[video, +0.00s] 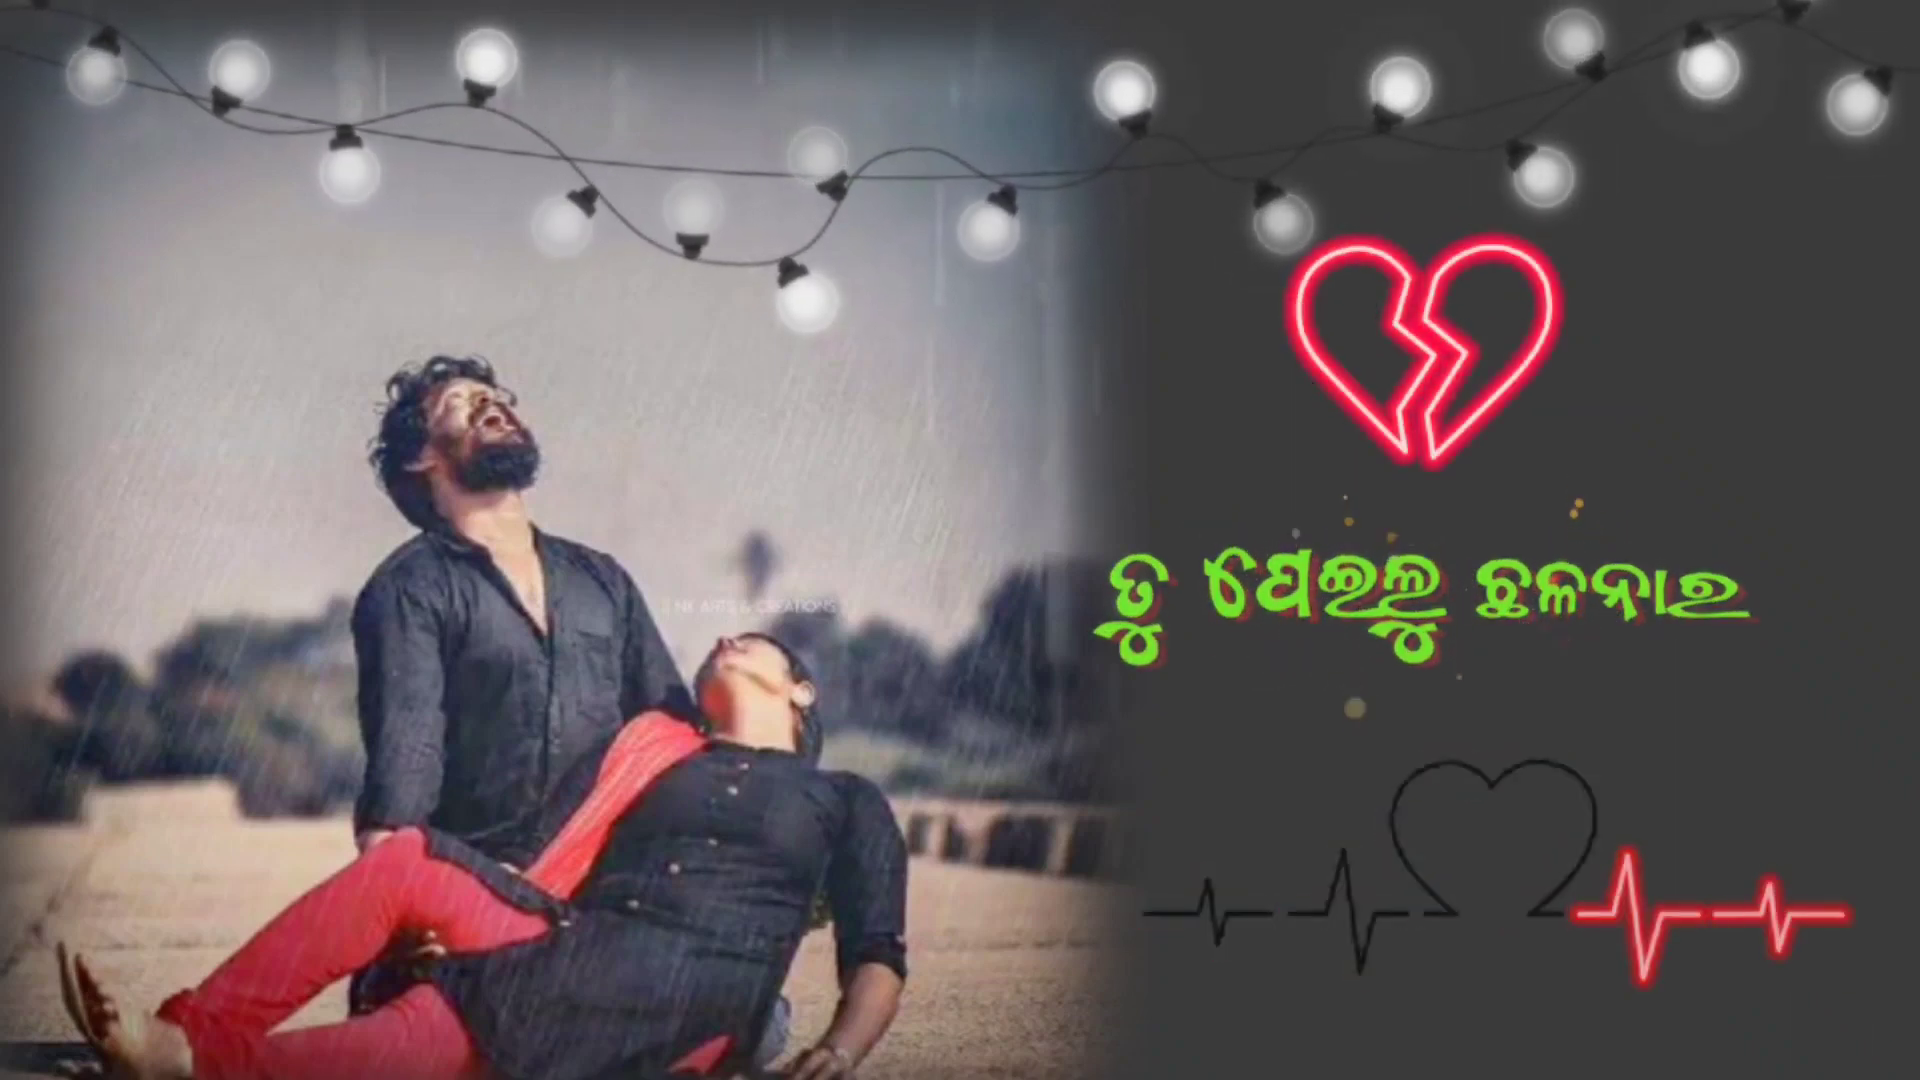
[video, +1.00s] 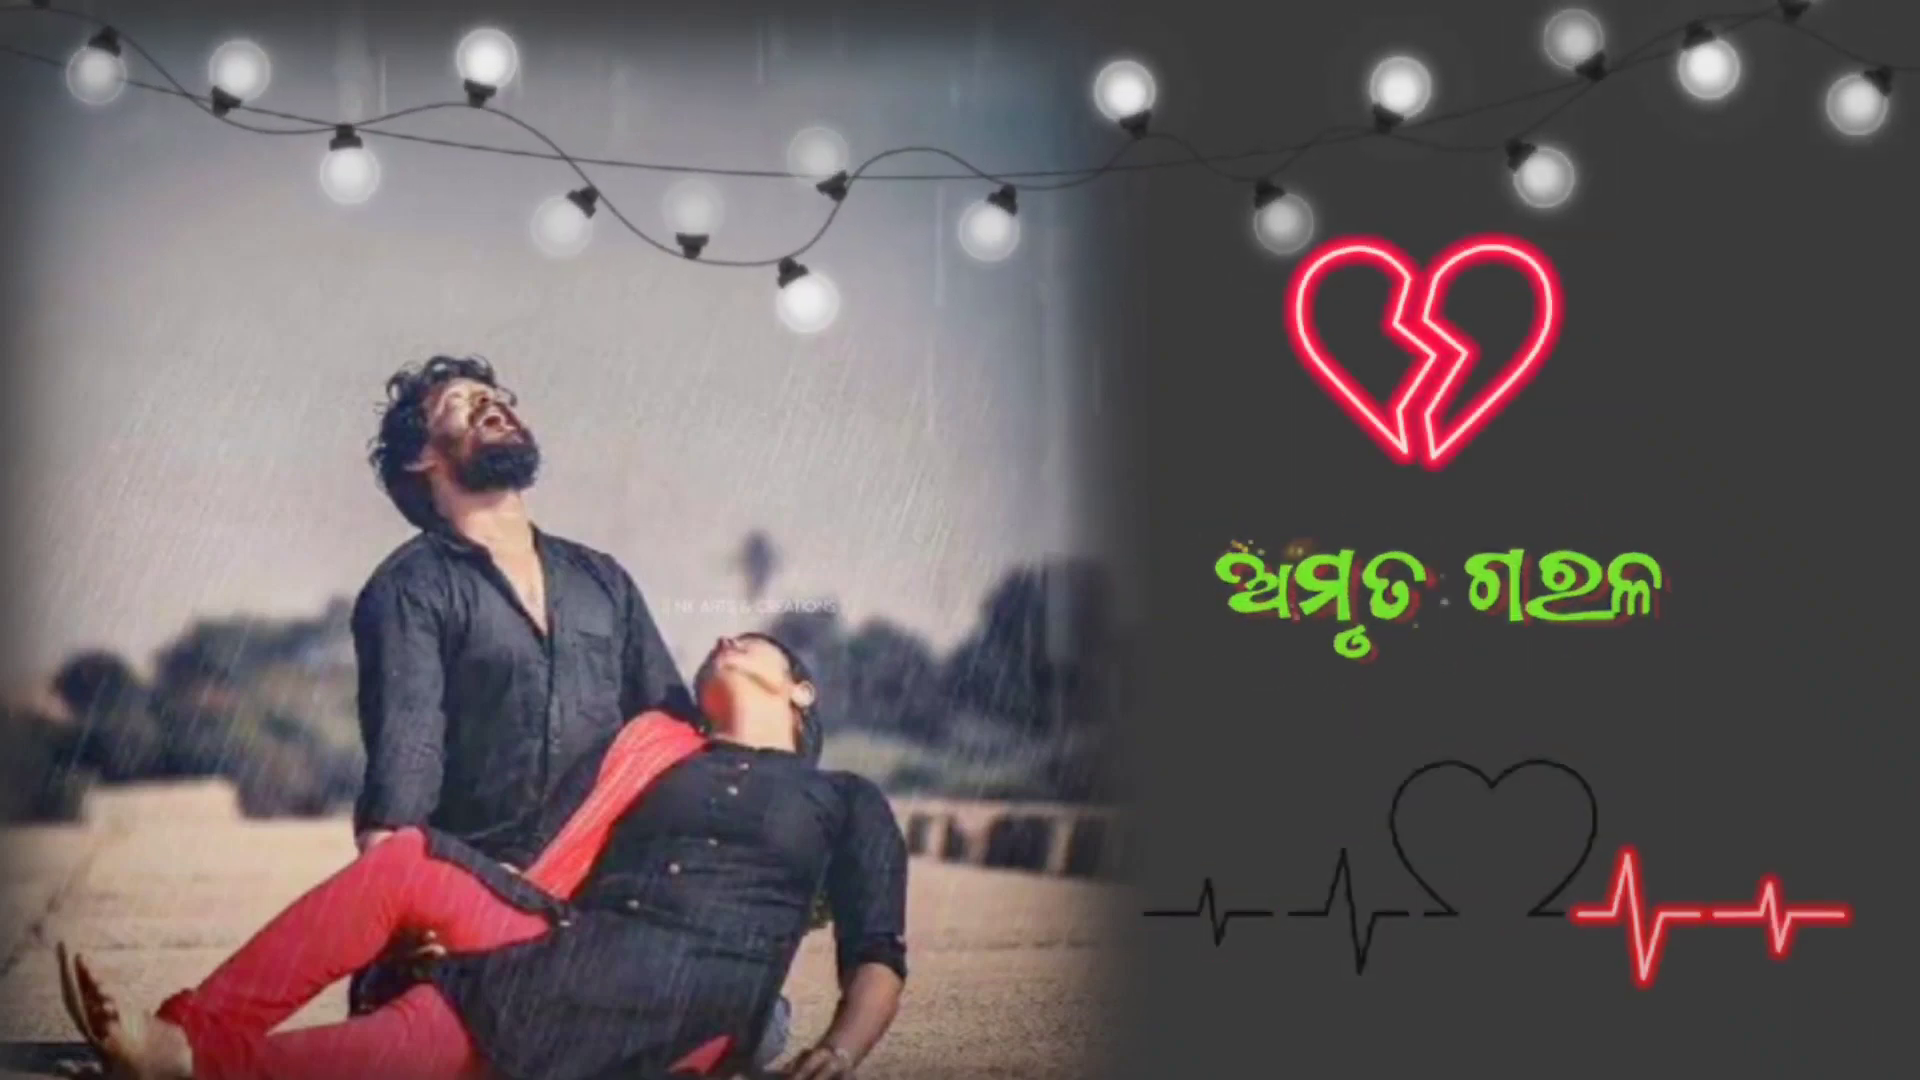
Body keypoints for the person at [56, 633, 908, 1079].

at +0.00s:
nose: (722, 660)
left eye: (749, 656)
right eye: (717, 659)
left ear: (799, 699)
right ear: (709, 698)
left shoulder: (844, 798)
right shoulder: (662, 755)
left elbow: (879, 967)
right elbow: (574, 892)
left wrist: (836, 1063)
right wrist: (455, 949)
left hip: (693, 982)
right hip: (587, 946)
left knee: (451, 1028)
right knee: (400, 859)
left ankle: (187, 1058)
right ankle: (177, 1040)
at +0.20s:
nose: (721, 660)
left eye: (749, 656)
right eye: (717, 659)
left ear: (799, 699)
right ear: (709, 698)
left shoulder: (844, 798)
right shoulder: (662, 755)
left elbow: (879, 967)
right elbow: (574, 892)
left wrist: (836, 1063)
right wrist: (455, 949)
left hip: (693, 982)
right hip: (587, 945)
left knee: (451, 1027)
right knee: (400, 859)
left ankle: (188, 1058)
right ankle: (178, 1040)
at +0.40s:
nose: (721, 658)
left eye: (748, 654)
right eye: (716, 657)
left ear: (799, 699)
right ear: (709, 699)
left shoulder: (844, 798)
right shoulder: (662, 753)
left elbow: (879, 968)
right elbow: (572, 891)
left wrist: (834, 1065)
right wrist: (455, 946)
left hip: (691, 984)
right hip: (585, 945)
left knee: (450, 1029)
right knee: (400, 862)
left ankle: (188, 1058)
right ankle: (179, 1041)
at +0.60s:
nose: (721, 660)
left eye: (749, 656)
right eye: (716, 659)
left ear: (799, 699)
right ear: (709, 698)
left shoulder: (844, 798)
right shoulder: (662, 755)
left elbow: (879, 967)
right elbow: (574, 891)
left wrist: (836, 1063)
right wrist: (455, 949)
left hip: (693, 982)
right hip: (587, 945)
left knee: (451, 1027)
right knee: (400, 859)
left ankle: (187, 1058)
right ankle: (178, 1041)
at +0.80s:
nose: (721, 660)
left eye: (749, 656)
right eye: (716, 659)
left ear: (799, 699)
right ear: (709, 698)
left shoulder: (844, 798)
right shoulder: (662, 755)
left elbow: (879, 967)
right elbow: (574, 892)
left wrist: (835, 1063)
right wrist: (455, 949)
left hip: (693, 982)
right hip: (587, 945)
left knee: (452, 1028)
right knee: (400, 859)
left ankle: (188, 1058)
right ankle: (178, 1041)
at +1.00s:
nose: (722, 660)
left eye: (749, 656)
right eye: (717, 659)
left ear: (799, 699)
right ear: (709, 698)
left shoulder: (844, 798)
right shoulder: (662, 755)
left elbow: (879, 967)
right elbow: (574, 892)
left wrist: (835, 1063)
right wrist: (455, 949)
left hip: (693, 982)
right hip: (587, 945)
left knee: (451, 1028)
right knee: (400, 859)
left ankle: (188, 1058)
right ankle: (178, 1041)